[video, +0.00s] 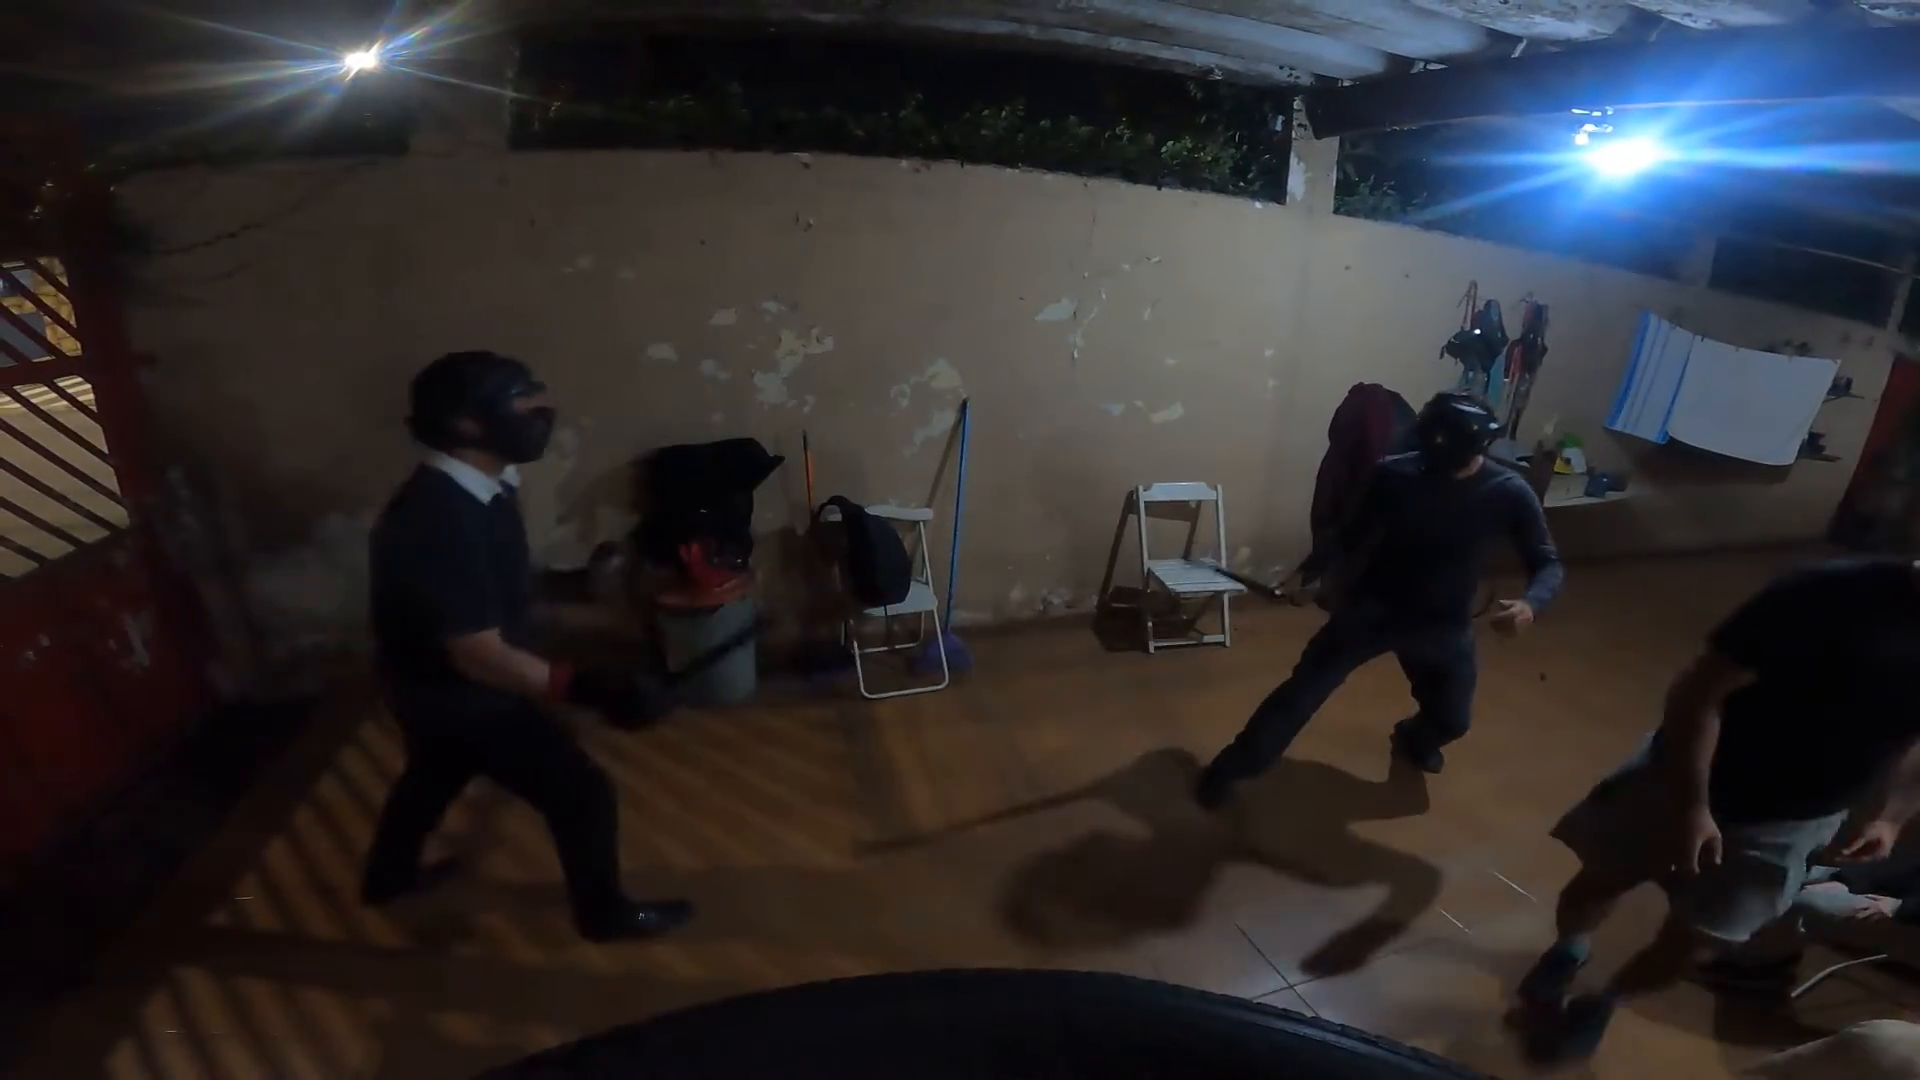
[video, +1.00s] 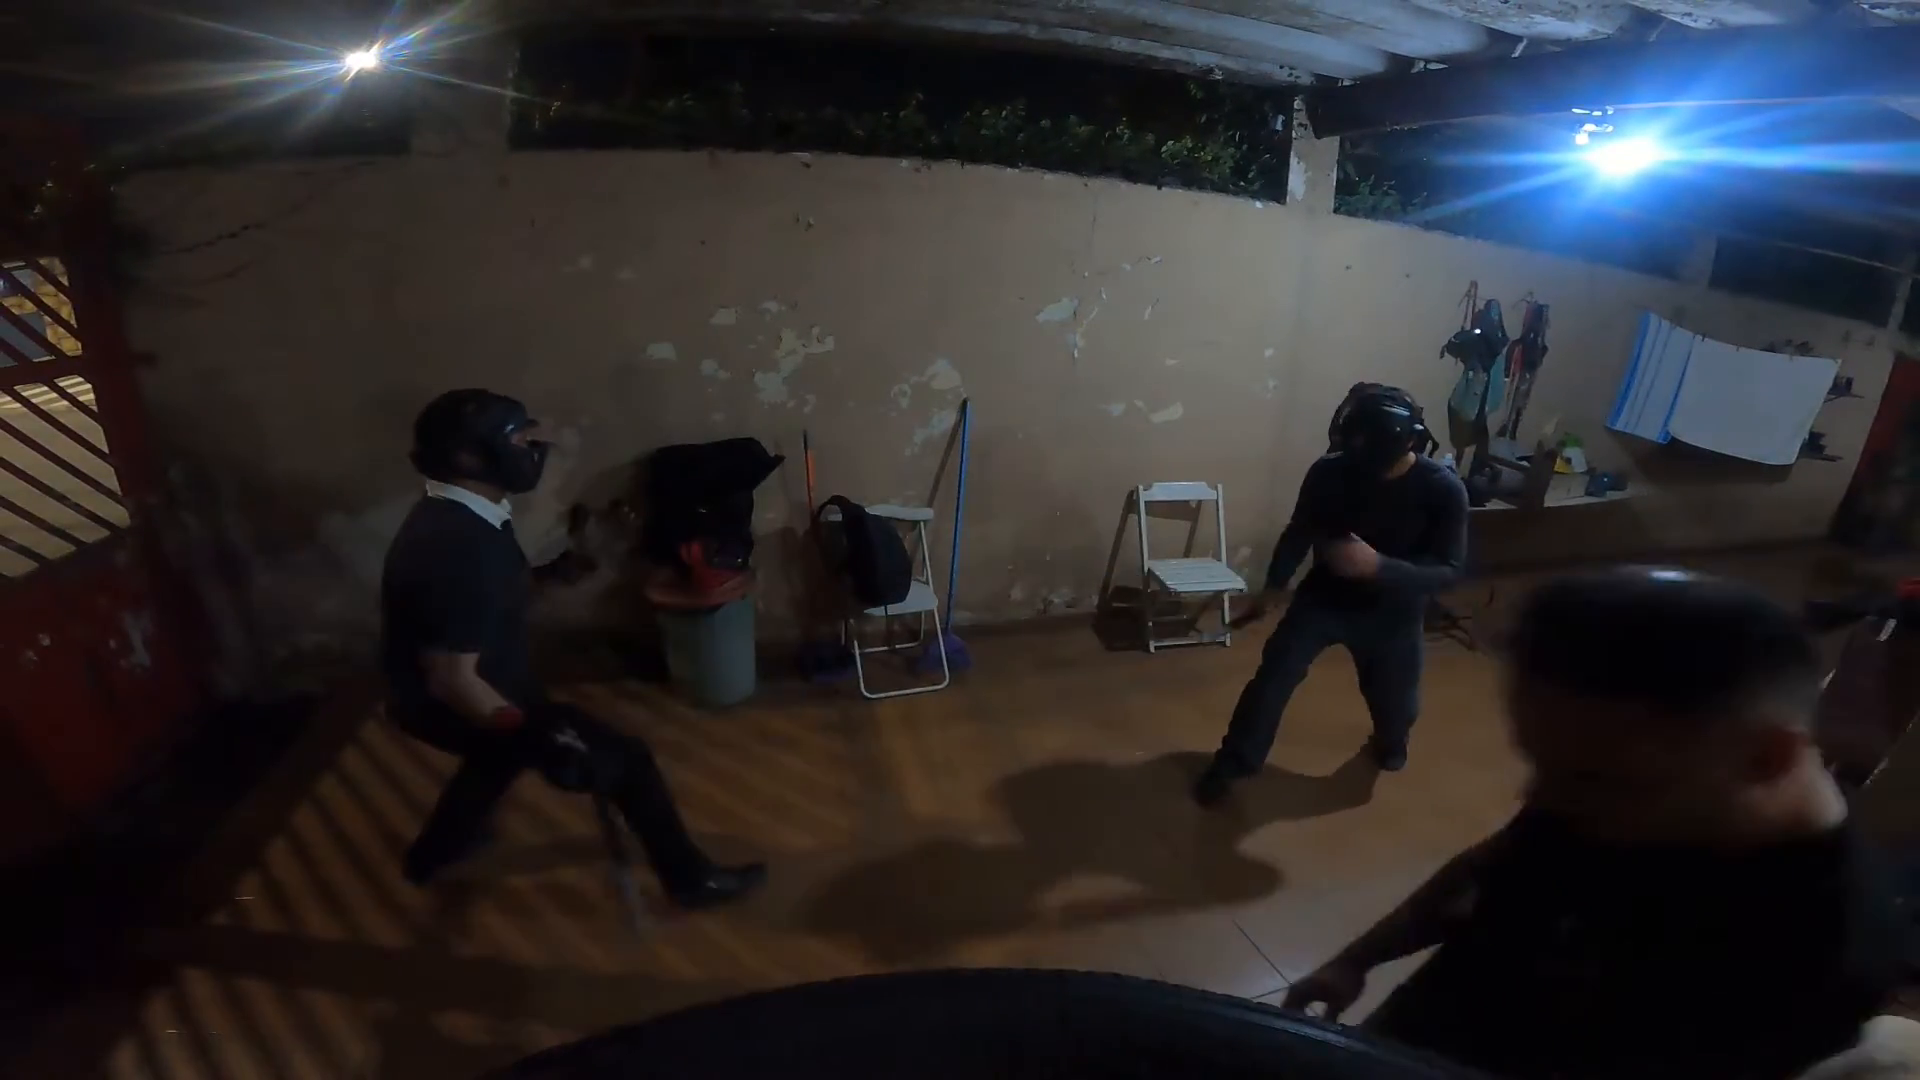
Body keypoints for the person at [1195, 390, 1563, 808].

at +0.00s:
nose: (1477, 459)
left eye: (1474, 449)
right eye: (1467, 450)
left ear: (1474, 449)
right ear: (1438, 445)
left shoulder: (1509, 493)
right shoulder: (1392, 477)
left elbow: (1548, 564)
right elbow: (1350, 536)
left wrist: (1531, 601)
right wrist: (1313, 578)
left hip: (1443, 622)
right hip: (1371, 611)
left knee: (1451, 719)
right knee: (1299, 695)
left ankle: (1413, 741)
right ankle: (1228, 770)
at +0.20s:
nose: (1421, 446)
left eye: (1432, 442)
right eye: (1420, 438)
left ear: (1465, 441)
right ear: (1415, 431)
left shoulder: (1500, 489)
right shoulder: (1386, 468)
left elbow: (1521, 568)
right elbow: (1343, 526)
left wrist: (1496, 618)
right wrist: (1298, 572)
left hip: (1431, 618)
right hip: (1361, 603)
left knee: (1441, 713)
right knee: (1298, 684)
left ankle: (1421, 740)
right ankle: (1233, 768)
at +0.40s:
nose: (1382, 451)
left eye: (1392, 443)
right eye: (1378, 440)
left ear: (1423, 438)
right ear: (1372, 432)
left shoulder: (1461, 484)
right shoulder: (1344, 465)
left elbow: (1482, 559)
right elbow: (1311, 524)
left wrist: (1445, 622)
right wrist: (1276, 579)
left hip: (1405, 610)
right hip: (1335, 602)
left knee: (1422, 696)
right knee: (1286, 675)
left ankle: (1425, 752)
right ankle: (1233, 764)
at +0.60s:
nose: (1350, 465)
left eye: (1359, 456)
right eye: (1343, 454)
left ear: (1387, 444)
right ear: (1331, 443)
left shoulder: (1427, 479)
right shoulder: (1309, 470)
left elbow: (1460, 543)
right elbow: (1275, 525)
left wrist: (1433, 615)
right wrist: (1236, 577)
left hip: (1387, 608)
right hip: (1318, 600)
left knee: (1404, 698)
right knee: (1275, 672)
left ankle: (1405, 744)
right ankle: (1230, 766)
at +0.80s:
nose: (1352, 465)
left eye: (1362, 457)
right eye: (1345, 454)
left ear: (1391, 445)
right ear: (1337, 442)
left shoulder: (1429, 484)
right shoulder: (1316, 472)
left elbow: (1471, 554)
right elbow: (1274, 529)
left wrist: (1452, 612)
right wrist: (1225, 576)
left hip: (1388, 609)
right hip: (1319, 599)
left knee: (1397, 704)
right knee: (1274, 671)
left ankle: (1390, 745)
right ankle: (1232, 761)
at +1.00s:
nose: (1354, 452)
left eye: (1365, 444)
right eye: (1353, 441)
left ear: (1401, 445)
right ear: (1353, 438)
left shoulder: (1442, 490)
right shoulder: (1330, 473)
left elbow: (1450, 571)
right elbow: (1297, 536)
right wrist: (1267, 593)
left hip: (1393, 612)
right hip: (1324, 599)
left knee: (1396, 705)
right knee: (1273, 677)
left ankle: (1391, 747)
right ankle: (1234, 760)